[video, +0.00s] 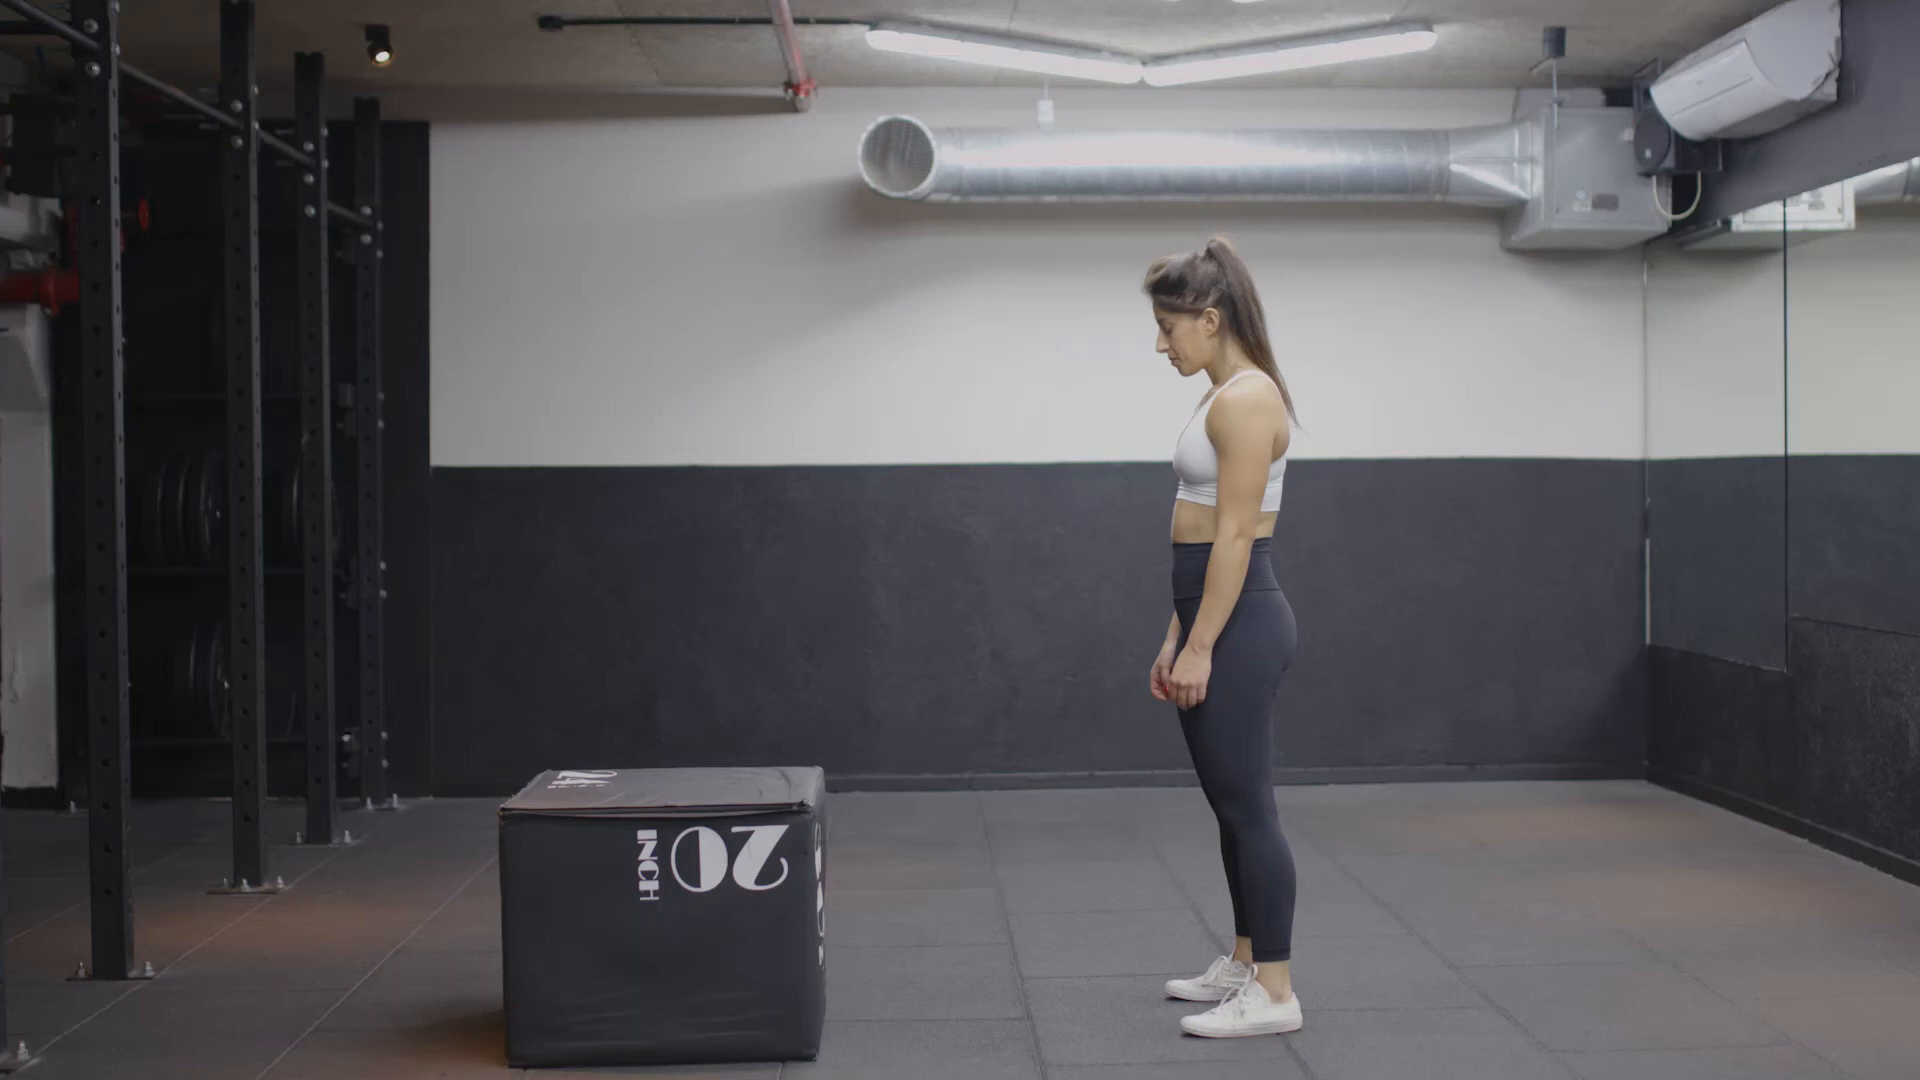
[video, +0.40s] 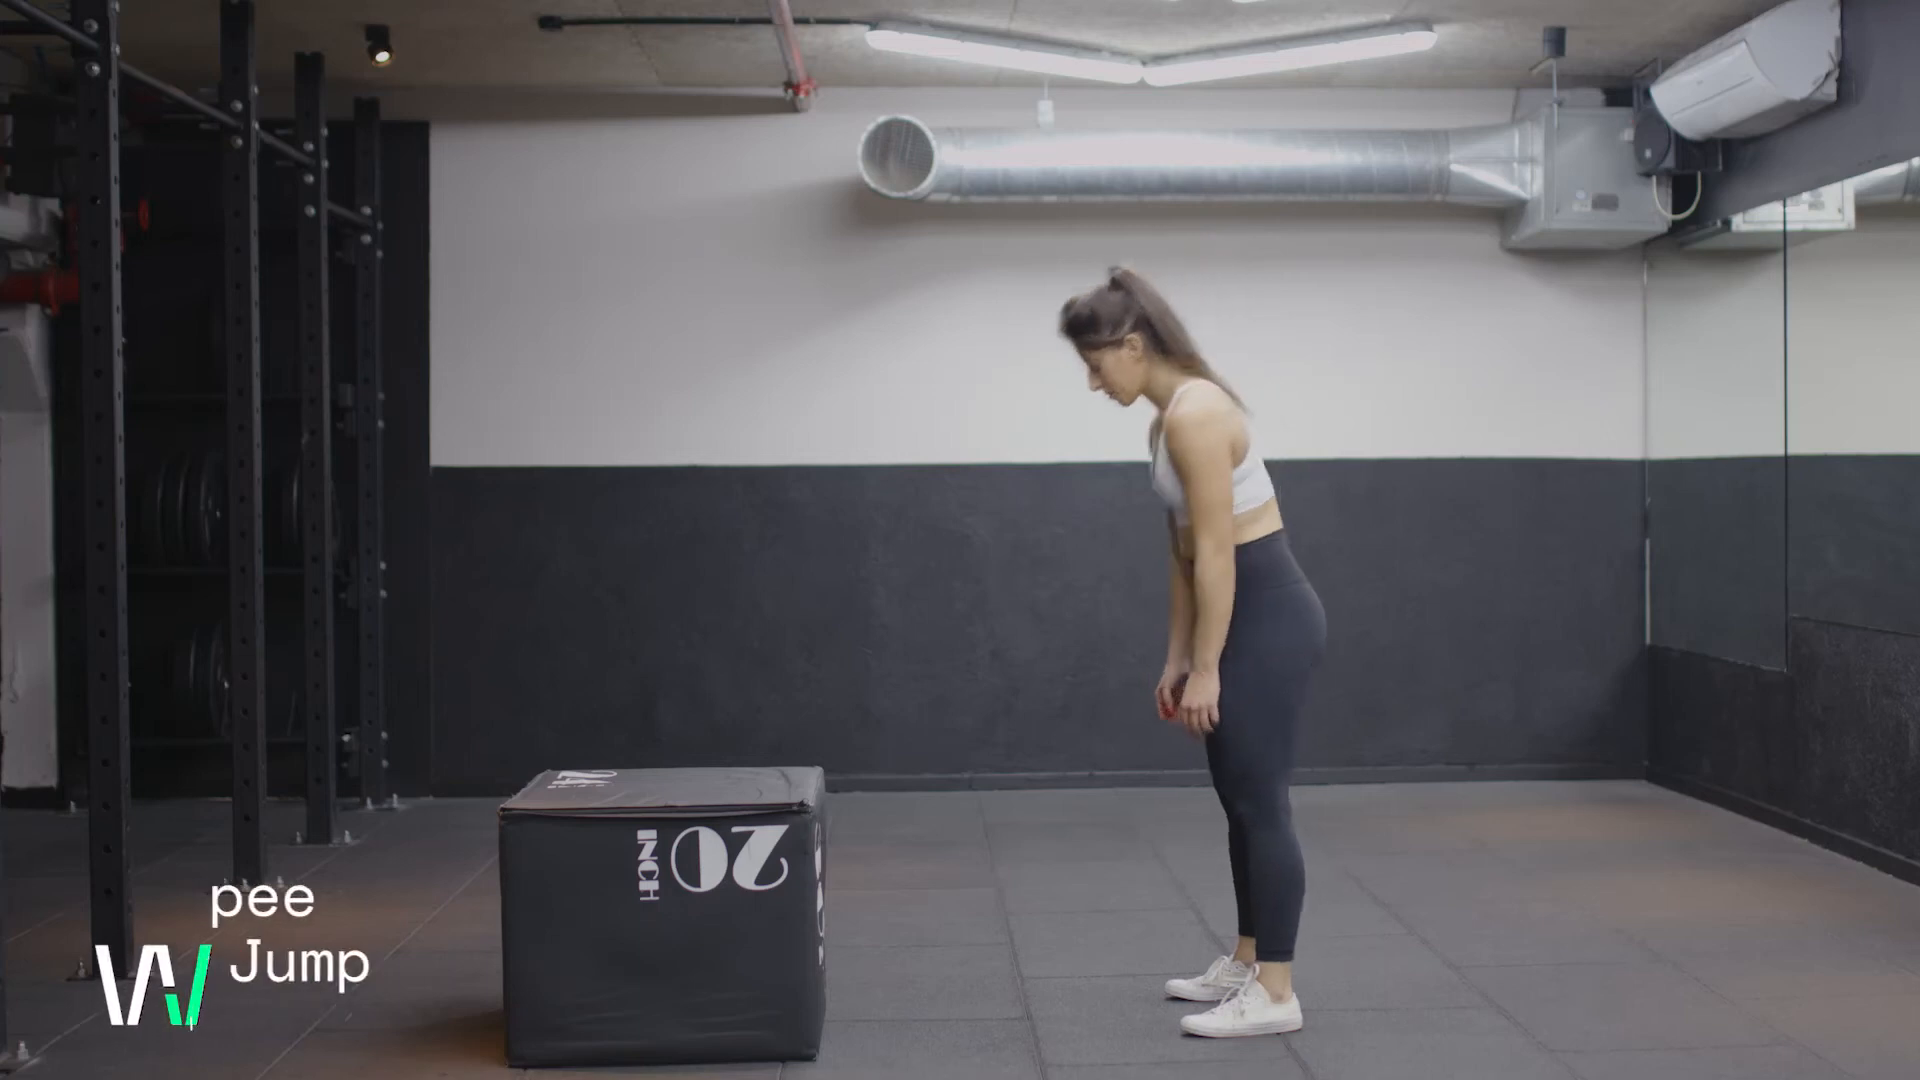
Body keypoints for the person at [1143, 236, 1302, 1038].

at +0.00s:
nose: (1160, 345)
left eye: (1166, 328)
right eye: (1159, 329)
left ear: (1209, 318)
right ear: (1206, 319)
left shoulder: (1246, 400)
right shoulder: (1224, 396)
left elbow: (1237, 537)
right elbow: (1207, 532)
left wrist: (1202, 643)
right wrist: (1179, 632)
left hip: (1237, 618)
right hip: (1212, 613)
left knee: (1248, 804)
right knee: (1230, 800)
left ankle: (1275, 993)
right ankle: (1247, 960)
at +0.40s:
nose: (1091, 378)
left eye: (1095, 360)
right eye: (1085, 364)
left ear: (1136, 342)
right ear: (1134, 347)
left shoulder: (1194, 415)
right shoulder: (1171, 418)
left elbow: (1217, 550)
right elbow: (1185, 552)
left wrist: (1208, 664)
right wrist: (1179, 656)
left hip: (1265, 619)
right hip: (1238, 617)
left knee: (1260, 799)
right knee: (1239, 793)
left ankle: (1277, 990)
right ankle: (1251, 961)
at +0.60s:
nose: (1023, 478)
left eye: (1024, 460)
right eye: (1017, 465)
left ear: (1060, 437)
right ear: (1062, 441)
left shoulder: (1139, 492)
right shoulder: (1120, 498)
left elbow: (1169, 628)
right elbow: (1148, 622)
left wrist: (1178, 749)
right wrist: (1149, 727)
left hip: (1306, 622)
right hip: (1271, 628)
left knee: (1279, 800)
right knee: (1251, 796)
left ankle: (1279, 992)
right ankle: (1249, 963)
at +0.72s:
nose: (1007, 578)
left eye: (1004, 558)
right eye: (999, 563)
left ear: (1033, 532)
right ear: (1033, 533)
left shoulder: (1117, 565)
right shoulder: (1099, 568)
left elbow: (1138, 707)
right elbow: (1118, 701)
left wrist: (1138, 833)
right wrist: (1113, 801)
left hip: (1319, 625)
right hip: (1282, 632)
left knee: (1266, 798)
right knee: (1238, 791)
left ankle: (1277, 991)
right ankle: (1249, 962)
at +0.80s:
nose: (1003, 642)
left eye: (1000, 624)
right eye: (994, 629)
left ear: (1027, 594)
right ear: (1029, 591)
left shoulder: (1110, 617)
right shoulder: (1088, 617)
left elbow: (1120, 766)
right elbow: (1095, 752)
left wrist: (1103, 891)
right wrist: (1083, 856)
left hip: (1320, 629)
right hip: (1279, 637)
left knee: (1250, 800)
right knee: (1221, 789)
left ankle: (1276, 994)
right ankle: (1247, 963)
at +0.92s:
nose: (1002, 727)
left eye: (999, 711)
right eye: (993, 717)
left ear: (1023, 680)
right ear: (1024, 676)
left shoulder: (1103, 691)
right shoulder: (1081, 691)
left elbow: (1094, 835)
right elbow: (1072, 820)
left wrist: (1066, 960)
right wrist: (1051, 922)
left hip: (1312, 658)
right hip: (1273, 659)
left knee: (1205, 809)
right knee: (1182, 802)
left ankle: (1271, 992)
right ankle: (1244, 962)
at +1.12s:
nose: (1019, 829)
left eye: (1011, 819)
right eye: (1008, 823)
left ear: (1024, 795)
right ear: (1028, 776)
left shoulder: (1099, 754)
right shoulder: (1078, 744)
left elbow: (1089, 899)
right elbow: (1075, 882)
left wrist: (1068, 1024)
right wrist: (1059, 986)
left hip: (1259, 603)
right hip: (1236, 603)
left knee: (1266, 800)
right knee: (1252, 797)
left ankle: (1295, 985)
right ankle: (1265, 955)